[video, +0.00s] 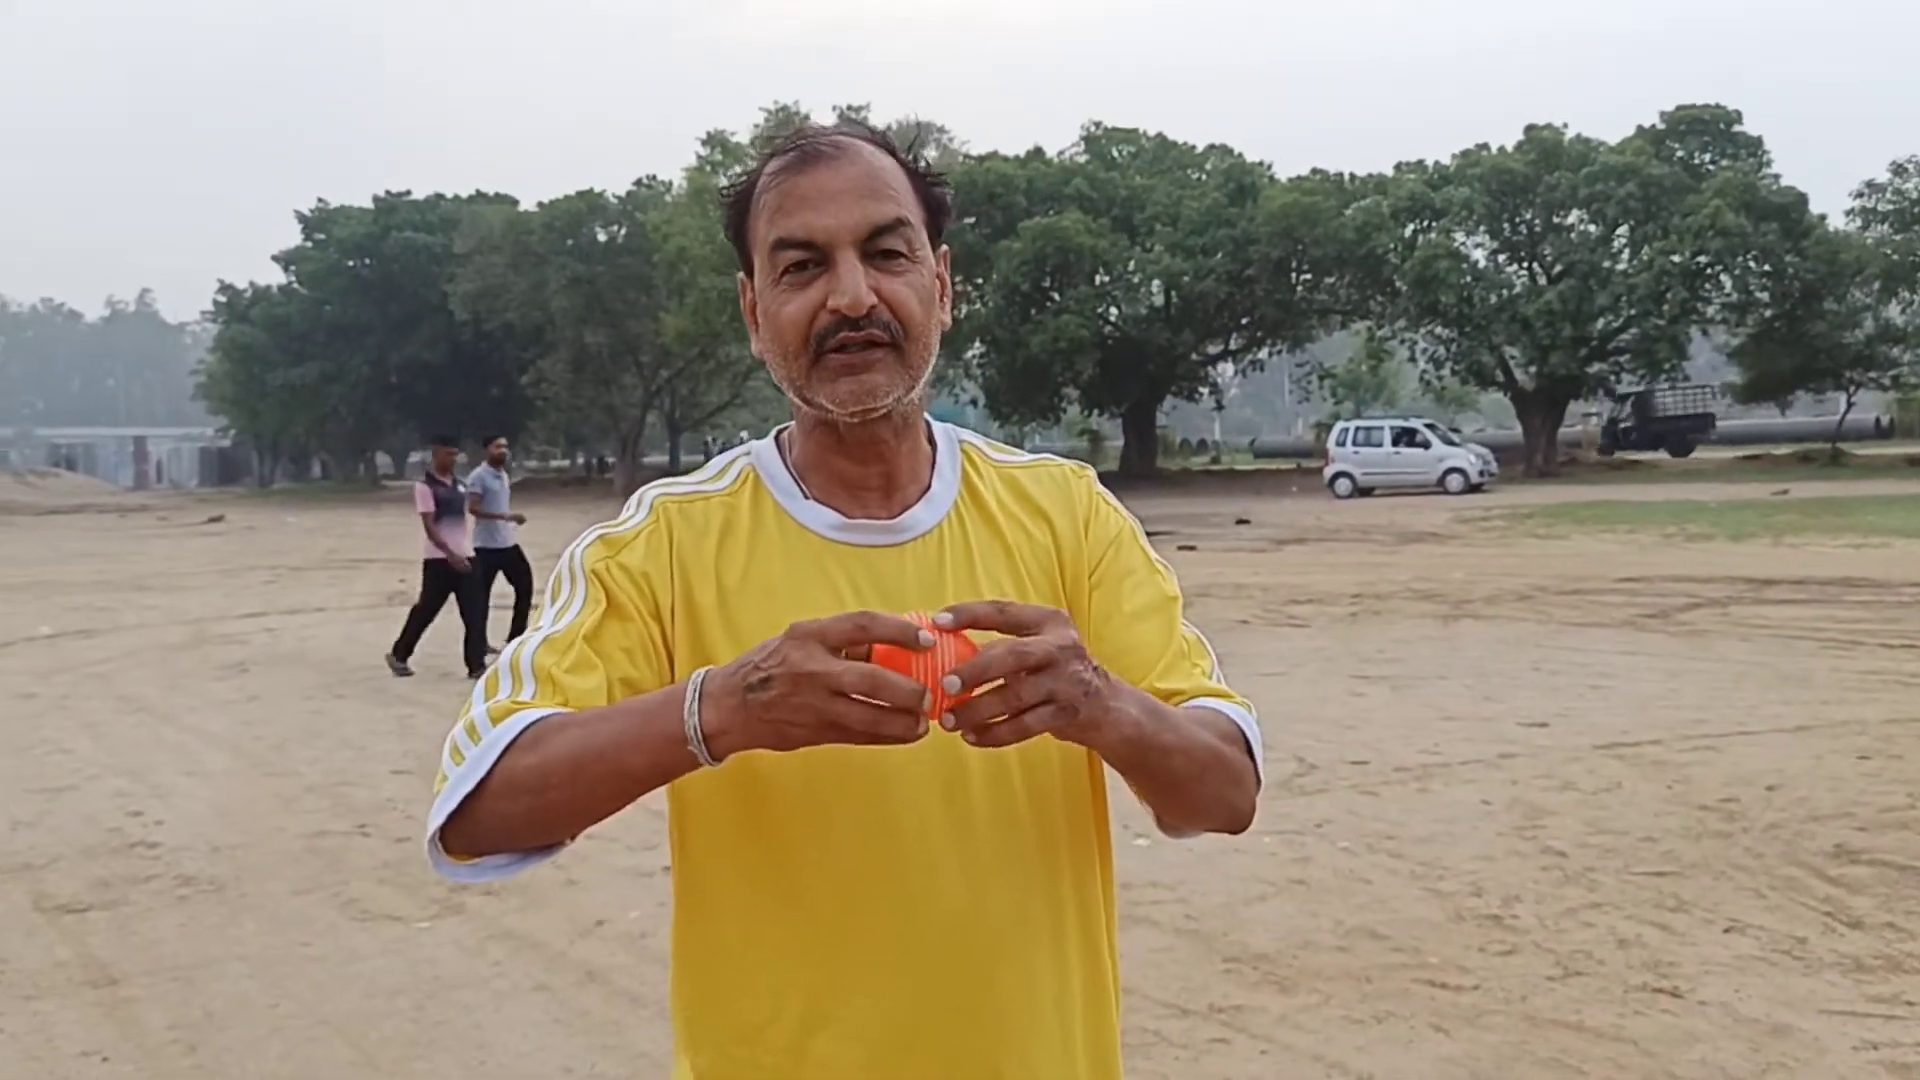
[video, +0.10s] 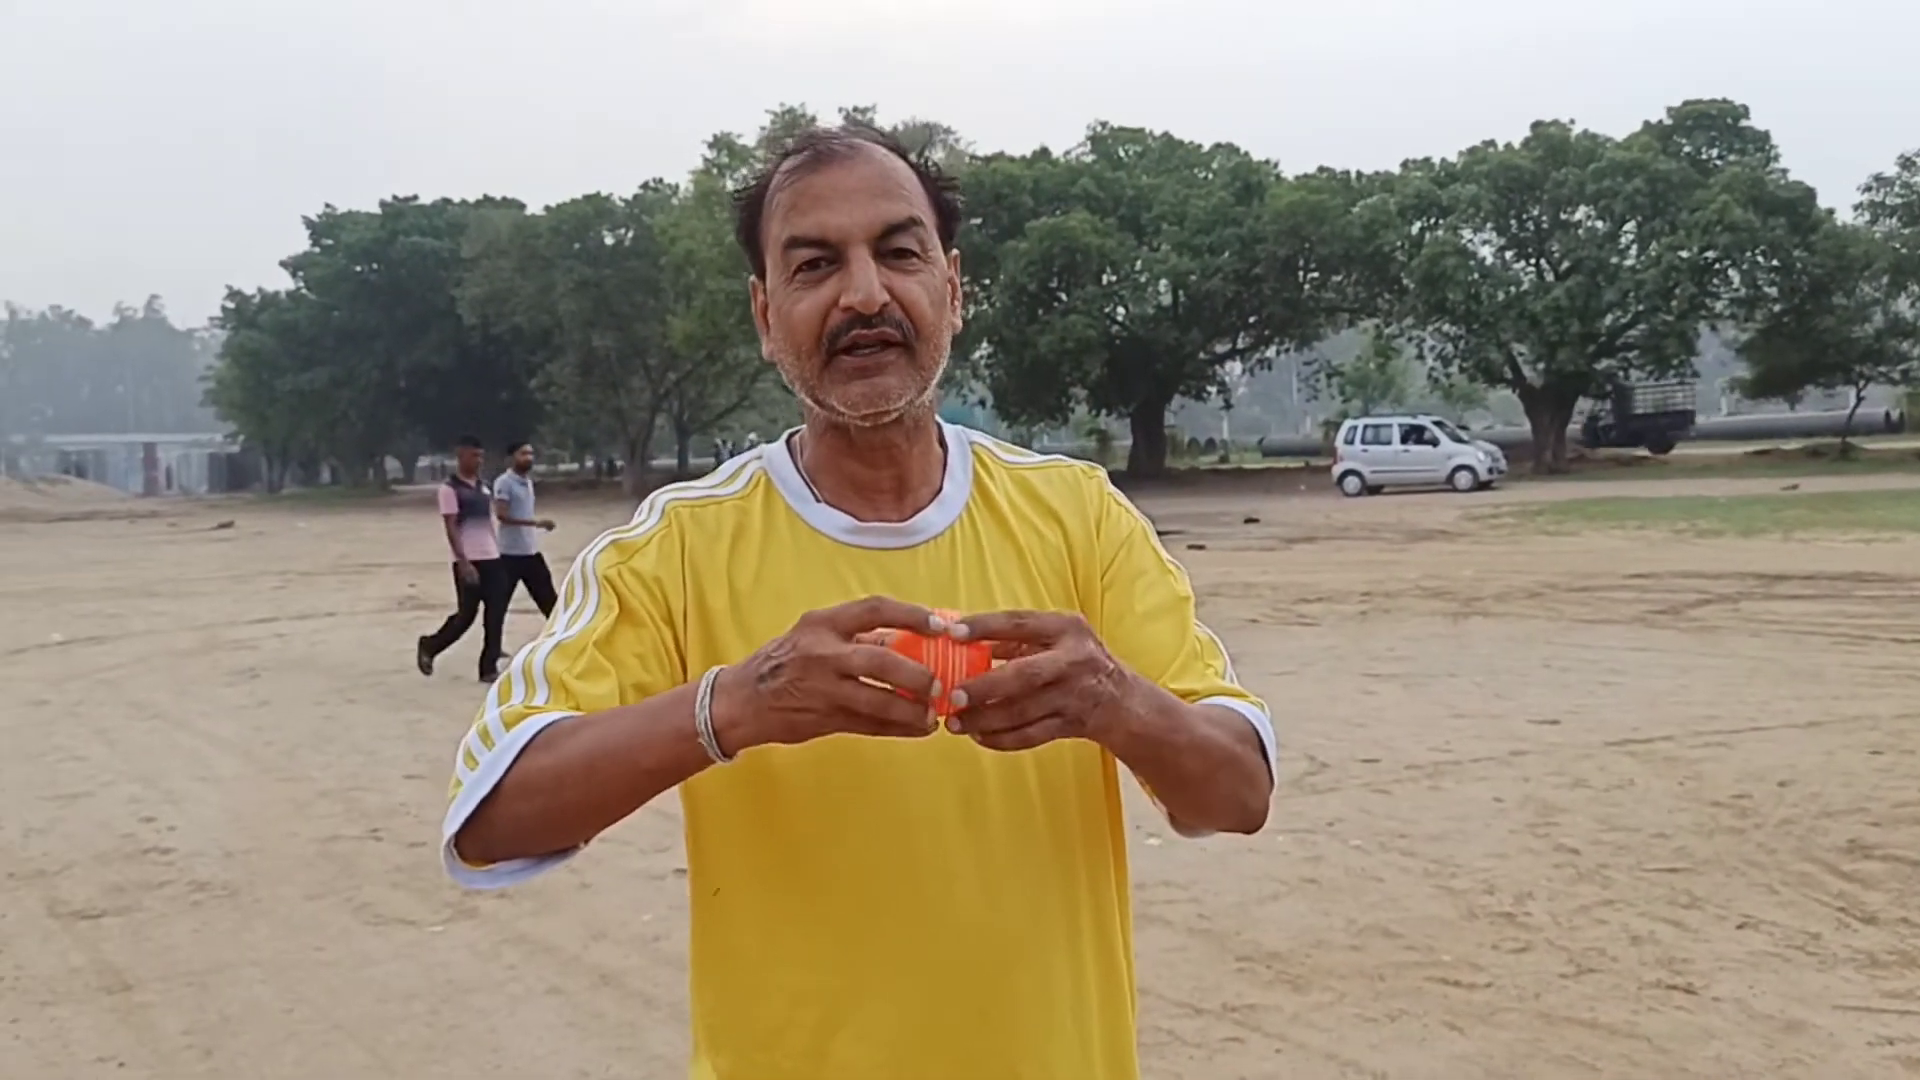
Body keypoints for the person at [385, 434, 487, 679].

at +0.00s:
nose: (452, 459)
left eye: (454, 454)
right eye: (447, 454)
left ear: (457, 456)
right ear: (435, 454)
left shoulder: (458, 485)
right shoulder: (424, 487)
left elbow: (460, 521)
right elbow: (429, 528)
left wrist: (467, 551)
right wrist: (452, 555)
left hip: (465, 558)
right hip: (439, 560)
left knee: (475, 618)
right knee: (425, 611)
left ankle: (476, 666)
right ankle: (398, 655)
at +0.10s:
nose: (478, 461)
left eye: (480, 456)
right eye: (473, 456)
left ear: (482, 458)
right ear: (460, 456)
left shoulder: (483, 488)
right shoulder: (449, 490)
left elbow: (487, 524)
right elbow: (451, 528)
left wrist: (493, 552)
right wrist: (462, 561)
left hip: (492, 559)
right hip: (468, 561)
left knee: (495, 619)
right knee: (467, 616)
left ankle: (488, 669)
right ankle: (429, 646)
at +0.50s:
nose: (538, 471)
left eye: (540, 467)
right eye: (534, 467)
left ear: (540, 469)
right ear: (519, 467)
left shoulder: (543, 500)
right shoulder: (508, 502)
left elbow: (557, 532)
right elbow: (498, 542)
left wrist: (577, 555)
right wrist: (493, 580)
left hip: (545, 571)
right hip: (524, 572)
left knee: (524, 626)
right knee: (543, 623)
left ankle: (501, 673)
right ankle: (562, 671)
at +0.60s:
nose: (551, 471)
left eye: (552, 466)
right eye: (546, 466)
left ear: (554, 469)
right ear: (531, 468)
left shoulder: (556, 499)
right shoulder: (521, 502)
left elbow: (569, 535)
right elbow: (515, 543)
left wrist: (586, 560)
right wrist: (515, 582)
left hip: (562, 570)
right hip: (540, 571)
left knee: (549, 627)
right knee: (559, 627)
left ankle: (511, 666)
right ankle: (572, 677)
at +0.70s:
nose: (557, 467)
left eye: (559, 462)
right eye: (552, 462)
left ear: (560, 464)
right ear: (537, 465)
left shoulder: (565, 497)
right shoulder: (530, 500)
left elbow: (576, 533)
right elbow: (530, 542)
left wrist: (588, 561)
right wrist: (538, 577)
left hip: (572, 568)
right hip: (550, 569)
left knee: (579, 619)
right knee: (561, 626)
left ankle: (537, 654)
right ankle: (565, 676)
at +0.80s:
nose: (566, 464)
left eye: (567, 459)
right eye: (561, 459)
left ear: (568, 461)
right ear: (546, 461)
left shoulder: (572, 492)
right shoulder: (538, 496)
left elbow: (579, 533)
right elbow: (543, 537)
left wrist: (589, 564)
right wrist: (562, 569)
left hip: (579, 567)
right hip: (555, 570)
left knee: (597, 616)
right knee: (557, 626)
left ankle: (573, 659)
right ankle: (559, 677)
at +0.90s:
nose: (576, 463)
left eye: (578, 459)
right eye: (571, 459)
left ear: (579, 461)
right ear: (556, 460)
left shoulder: (582, 492)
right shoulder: (549, 494)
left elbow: (588, 534)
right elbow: (557, 536)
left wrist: (601, 565)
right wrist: (588, 565)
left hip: (588, 570)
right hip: (564, 571)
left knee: (608, 625)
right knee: (559, 632)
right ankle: (555, 684)